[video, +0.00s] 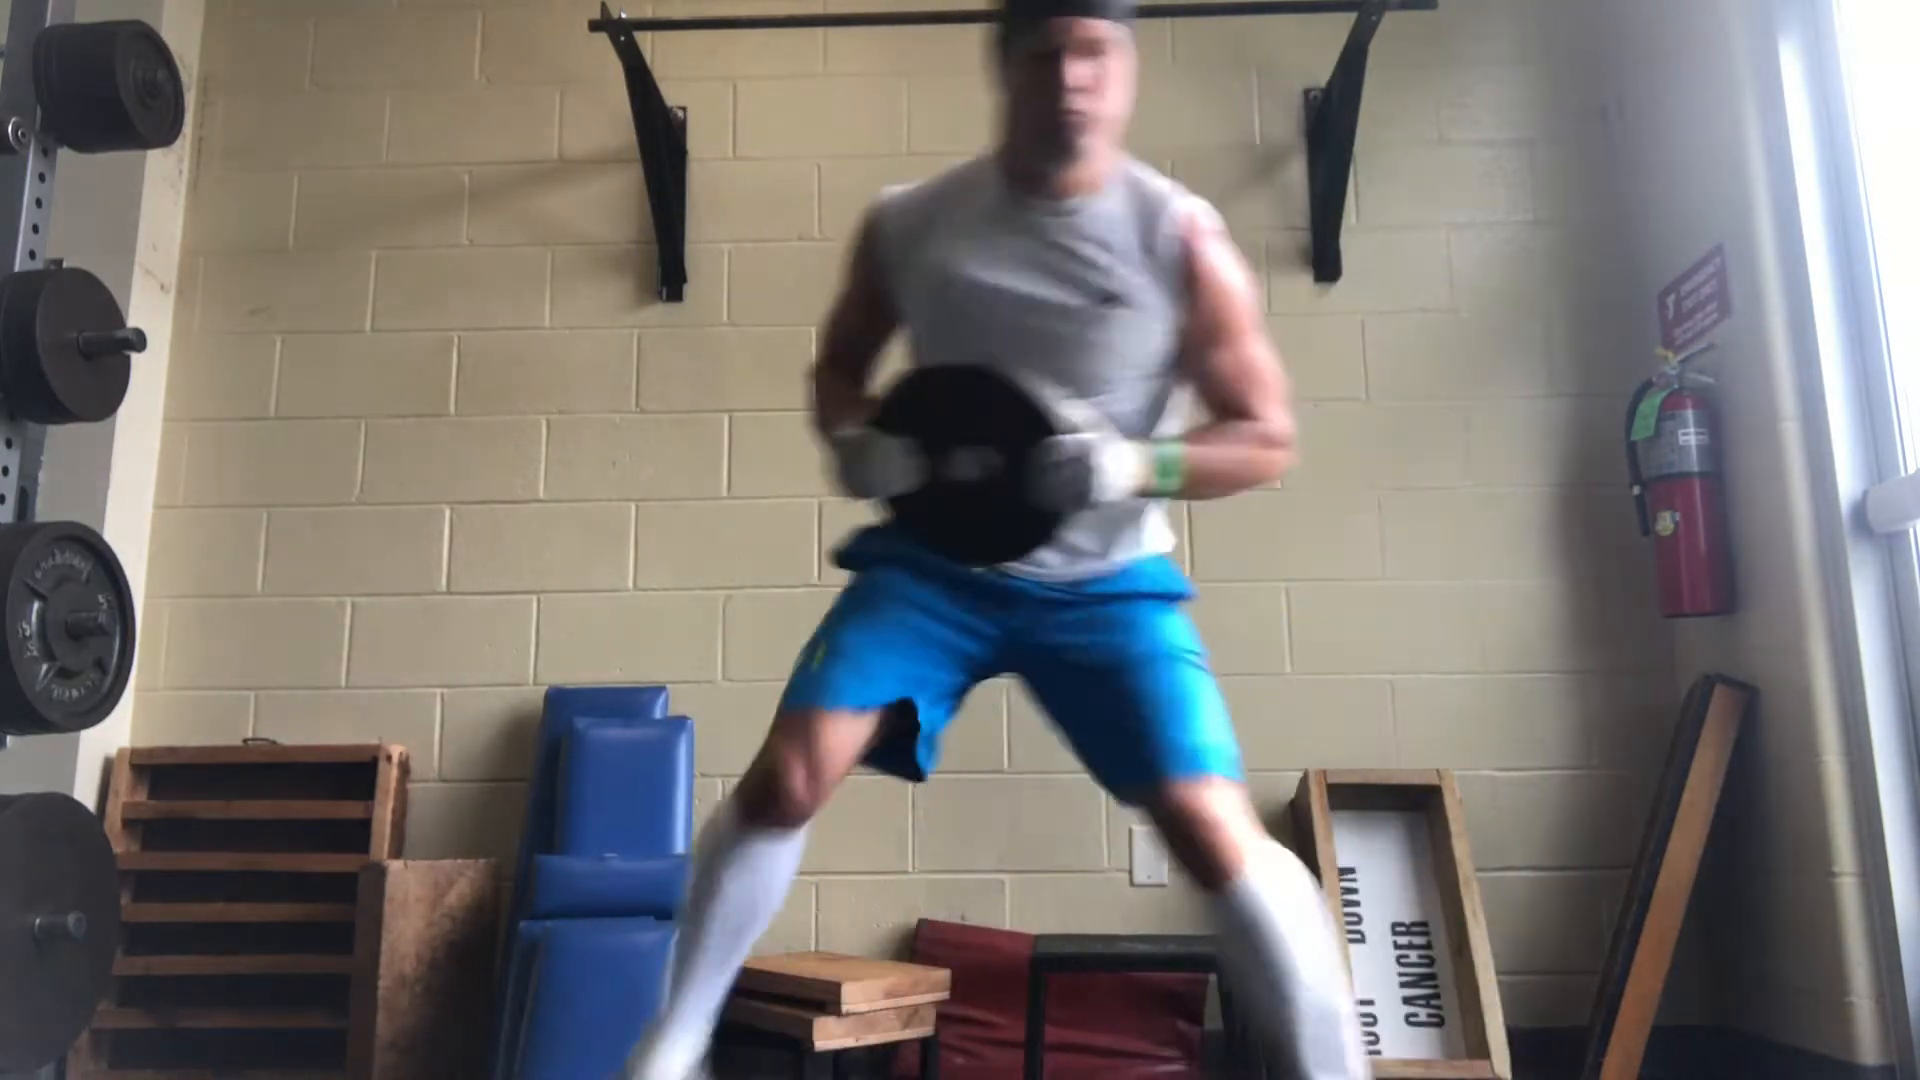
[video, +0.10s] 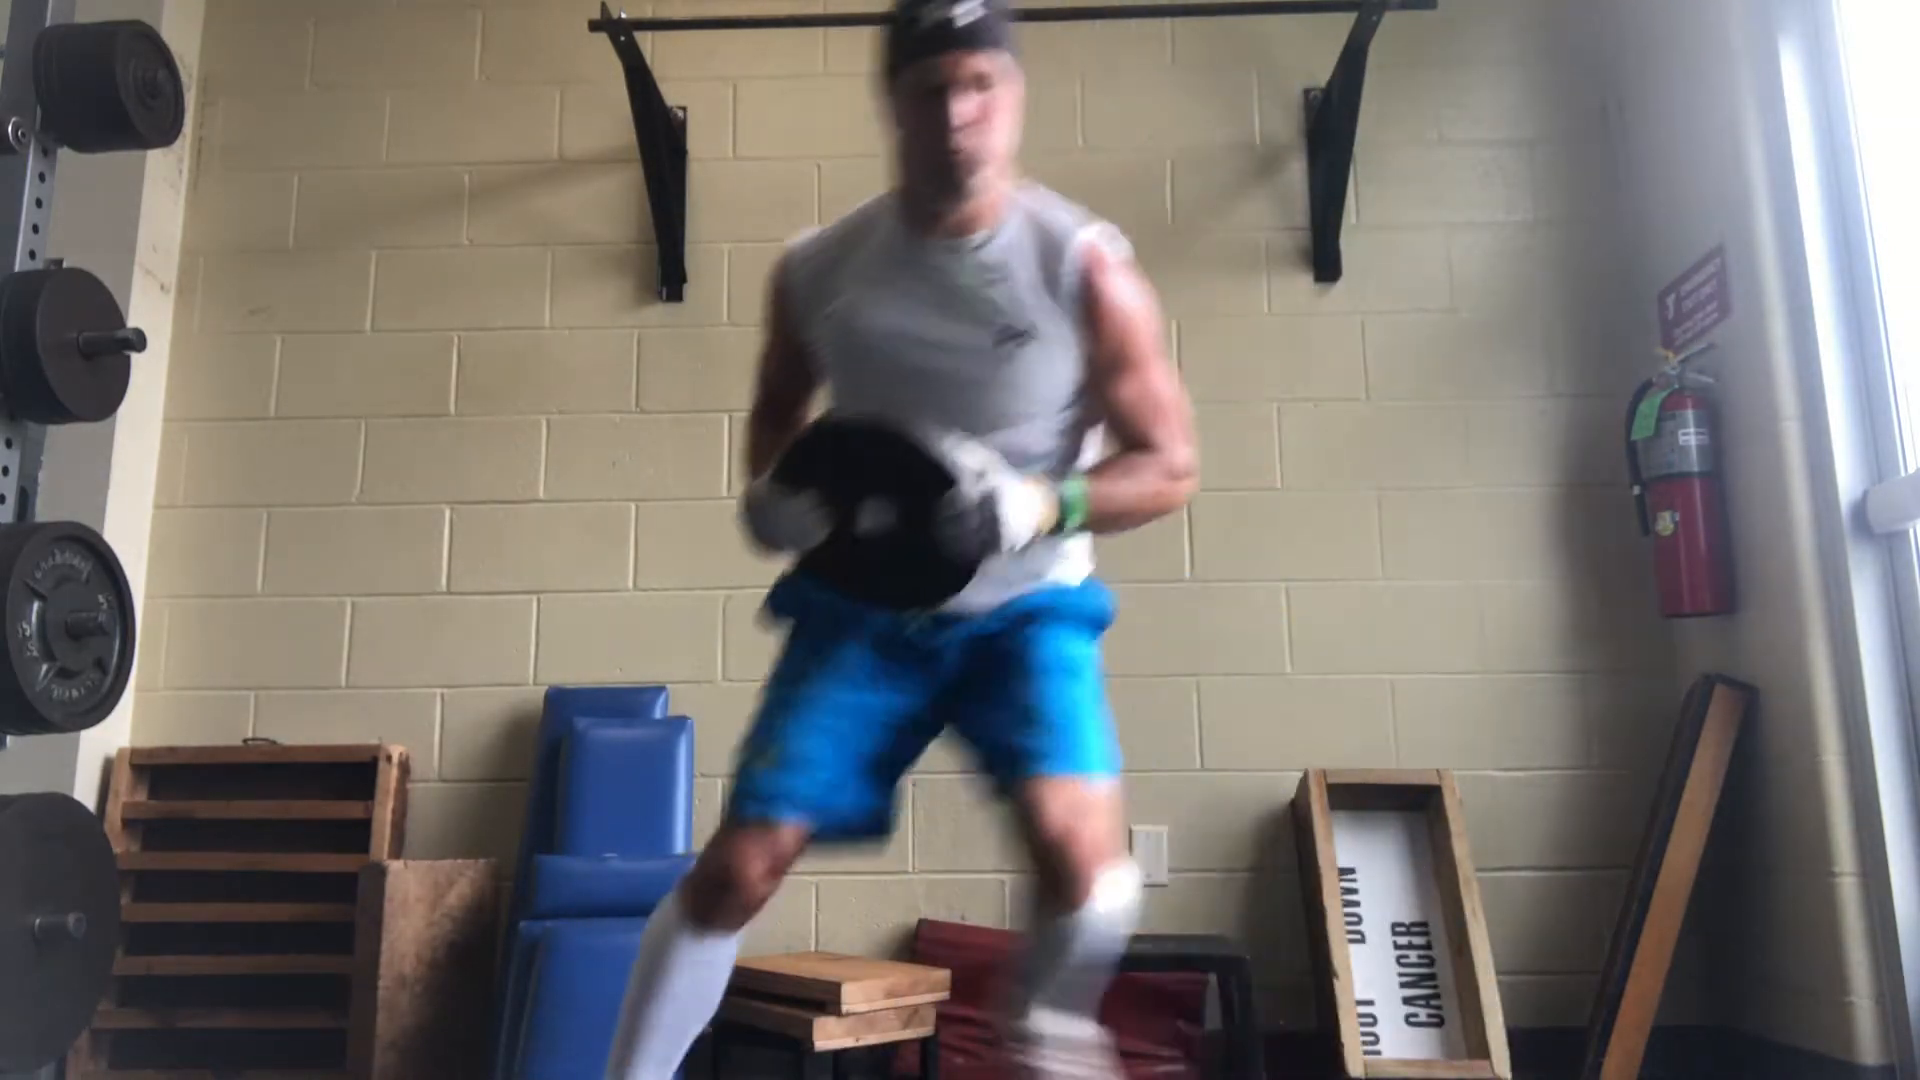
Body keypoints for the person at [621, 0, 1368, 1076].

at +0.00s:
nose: (1070, 79)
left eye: (1094, 52)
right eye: (1042, 54)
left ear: (1129, 70)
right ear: (1001, 72)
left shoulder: (1179, 234)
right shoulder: (910, 228)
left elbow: (1267, 438)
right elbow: (838, 370)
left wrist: (1132, 462)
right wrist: (858, 446)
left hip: (1110, 585)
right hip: (932, 571)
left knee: (1207, 825)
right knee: (787, 777)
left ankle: (1340, 1074)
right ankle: (668, 1058)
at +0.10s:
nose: (958, 116)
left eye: (981, 88)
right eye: (931, 92)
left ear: (1018, 102)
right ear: (892, 110)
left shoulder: (1083, 265)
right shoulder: (816, 276)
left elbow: (1172, 468)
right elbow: (772, 431)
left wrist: (1039, 503)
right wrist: (777, 503)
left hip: (1029, 614)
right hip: (862, 611)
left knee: (1081, 853)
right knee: (742, 867)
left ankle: (1051, 1035)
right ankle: (635, 1077)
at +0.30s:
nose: (830, 176)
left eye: (852, 147)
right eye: (802, 153)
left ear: (889, 161)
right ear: (767, 180)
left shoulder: (990, 313)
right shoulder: (729, 363)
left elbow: (1128, 472)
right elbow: (723, 512)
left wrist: (1025, 547)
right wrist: (747, 581)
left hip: (971, 665)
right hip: (808, 668)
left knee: (960, 900)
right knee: (689, 886)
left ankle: (995, 979)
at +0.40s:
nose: (886, 145)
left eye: (907, 119)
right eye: (859, 124)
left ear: (945, 132)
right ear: (826, 147)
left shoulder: (1037, 278)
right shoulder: (770, 323)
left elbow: (1187, 415)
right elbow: (754, 485)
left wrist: (1104, 483)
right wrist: (813, 520)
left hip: (1033, 635)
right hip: (857, 647)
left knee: (1132, 847)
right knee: (736, 879)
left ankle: (1196, 1005)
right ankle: (632, 1076)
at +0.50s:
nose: (1006, 104)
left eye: (1027, 76)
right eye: (980, 82)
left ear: (1067, 90)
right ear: (944, 101)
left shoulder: (1145, 241)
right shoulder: (863, 262)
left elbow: (1268, 368)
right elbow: (822, 427)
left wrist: (1217, 419)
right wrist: (899, 461)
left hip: (1121, 588)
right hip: (941, 603)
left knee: (1246, 795)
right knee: (813, 841)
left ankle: (1412, 1053)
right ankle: (703, 1070)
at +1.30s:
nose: (874, 124)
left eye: (897, 104)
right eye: (847, 110)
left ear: (938, 135)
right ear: (818, 152)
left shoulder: (1041, 281)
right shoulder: (785, 341)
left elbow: (1185, 453)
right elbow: (780, 516)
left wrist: (1054, 518)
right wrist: (799, 557)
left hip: (1016, 669)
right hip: (849, 664)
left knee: (982, 916)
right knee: (737, 887)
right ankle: (658, 1079)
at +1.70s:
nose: (1282, 87)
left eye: (1302, 71)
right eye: (1249, 69)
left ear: (1327, 119)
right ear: (1194, 109)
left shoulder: (1374, 310)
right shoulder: (1086, 289)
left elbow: (1452, 454)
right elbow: (1012, 492)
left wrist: (1456, 514)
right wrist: (1150, 547)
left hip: (1303, 648)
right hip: (1119, 657)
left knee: (1429, 874)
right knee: (1060, 936)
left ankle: (1543, 1072)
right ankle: (1127, 944)